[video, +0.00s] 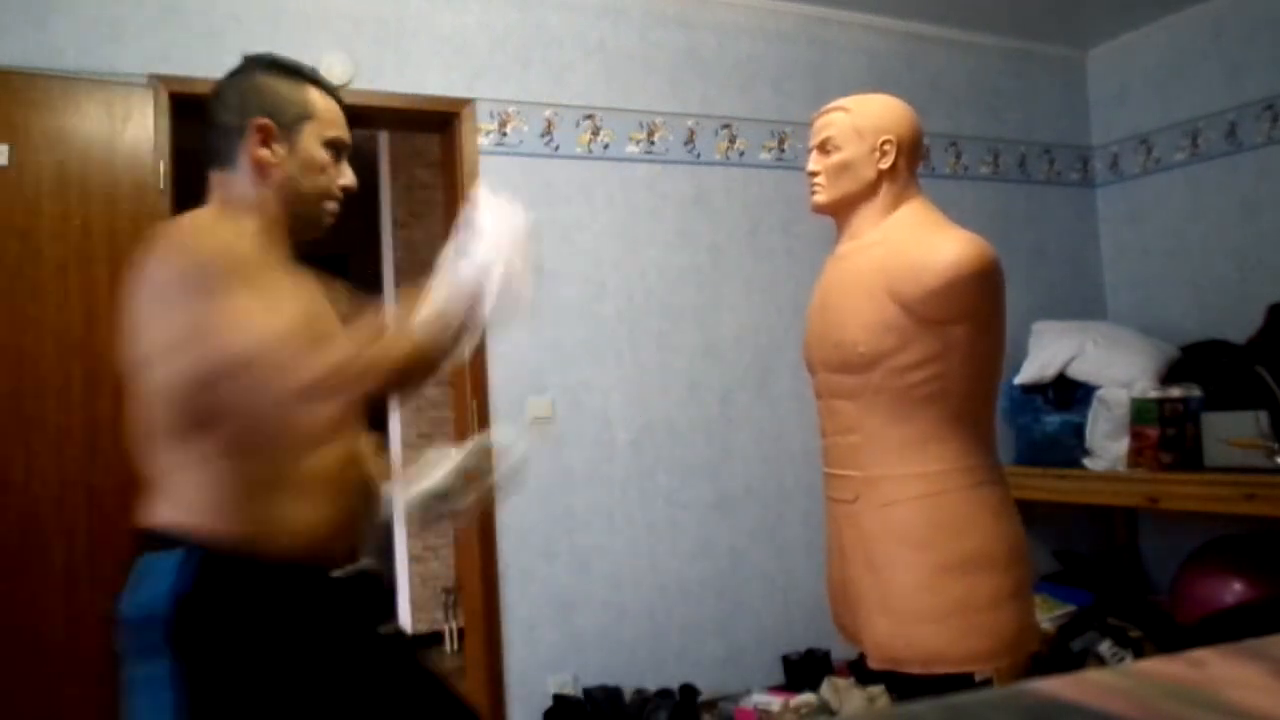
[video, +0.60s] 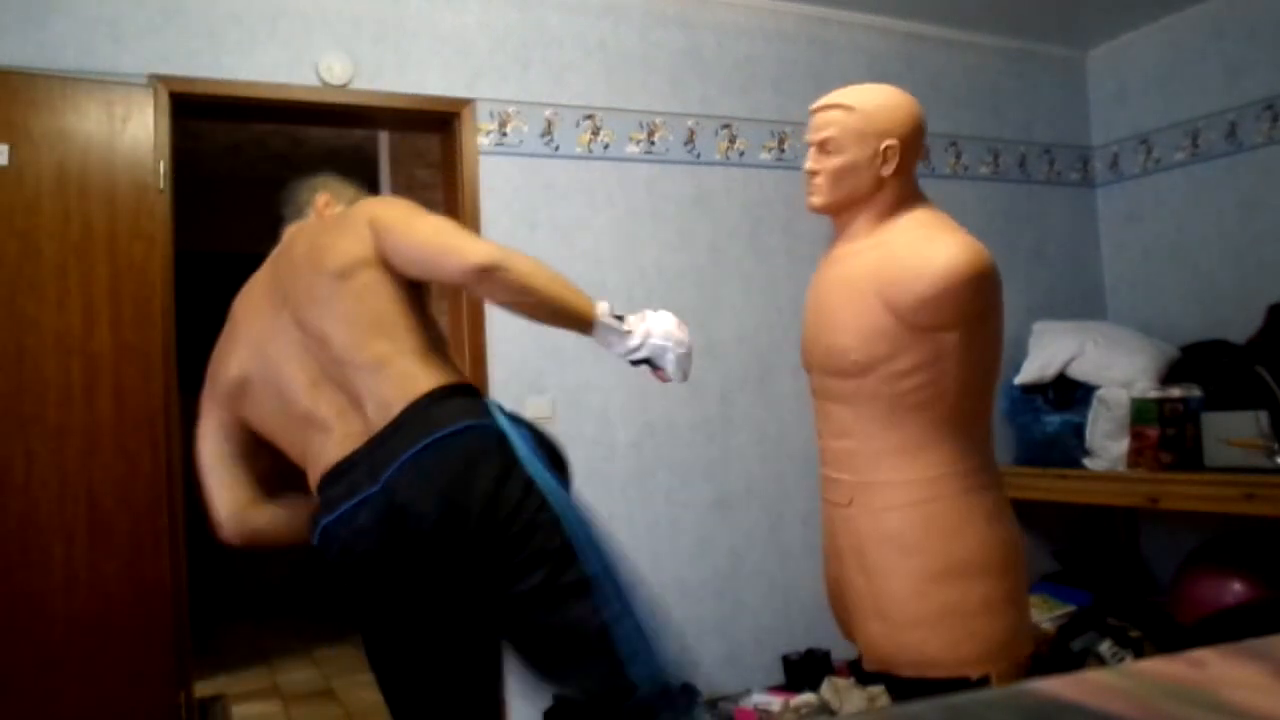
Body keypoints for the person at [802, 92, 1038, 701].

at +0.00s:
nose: (810, 165)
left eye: (828, 148)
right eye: (811, 150)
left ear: (884, 157)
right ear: (879, 159)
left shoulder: (943, 262)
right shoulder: (849, 258)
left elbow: (964, 435)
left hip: (934, 547)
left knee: (950, 703)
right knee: (896, 696)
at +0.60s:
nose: (809, 164)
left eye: (828, 147)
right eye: (810, 147)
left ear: (886, 159)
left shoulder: (941, 265)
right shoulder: (844, 256)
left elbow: (958, 438)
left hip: (931, 546)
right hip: (866, 541)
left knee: (958, 705)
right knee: (897, 699)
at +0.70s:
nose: (799, 164)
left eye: (818, 148)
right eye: (799, 150)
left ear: (875, 156)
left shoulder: (937, 264)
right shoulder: (825, 268)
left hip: (929, 533)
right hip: (857, 533)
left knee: (949, 700)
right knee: (889, 694)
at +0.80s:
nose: (821, 166)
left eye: (838, 151)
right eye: (823, 153)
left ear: (892, 160)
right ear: (885, 163)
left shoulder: (940, 257)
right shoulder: (851, 261)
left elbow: (961, 263)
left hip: (935, 525)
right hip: (873, 526)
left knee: (951, 705)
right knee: (901, 698)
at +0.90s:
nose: (820, 163)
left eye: (838, 149)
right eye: (821, 150)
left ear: (893, 160)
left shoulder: (945, 263)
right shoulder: (856, 257)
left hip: (935, 537)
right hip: (873, 533)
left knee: (952, 700)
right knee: (898, 693)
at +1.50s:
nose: (816, 166)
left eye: (833, 150)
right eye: (817, 152)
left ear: (888, 159)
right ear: (883, 161)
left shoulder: (942, 263)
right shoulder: (855, 257)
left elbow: (965, 429)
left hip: (934, 542)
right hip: (877, 537)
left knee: (949, 714)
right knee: (901, 709)